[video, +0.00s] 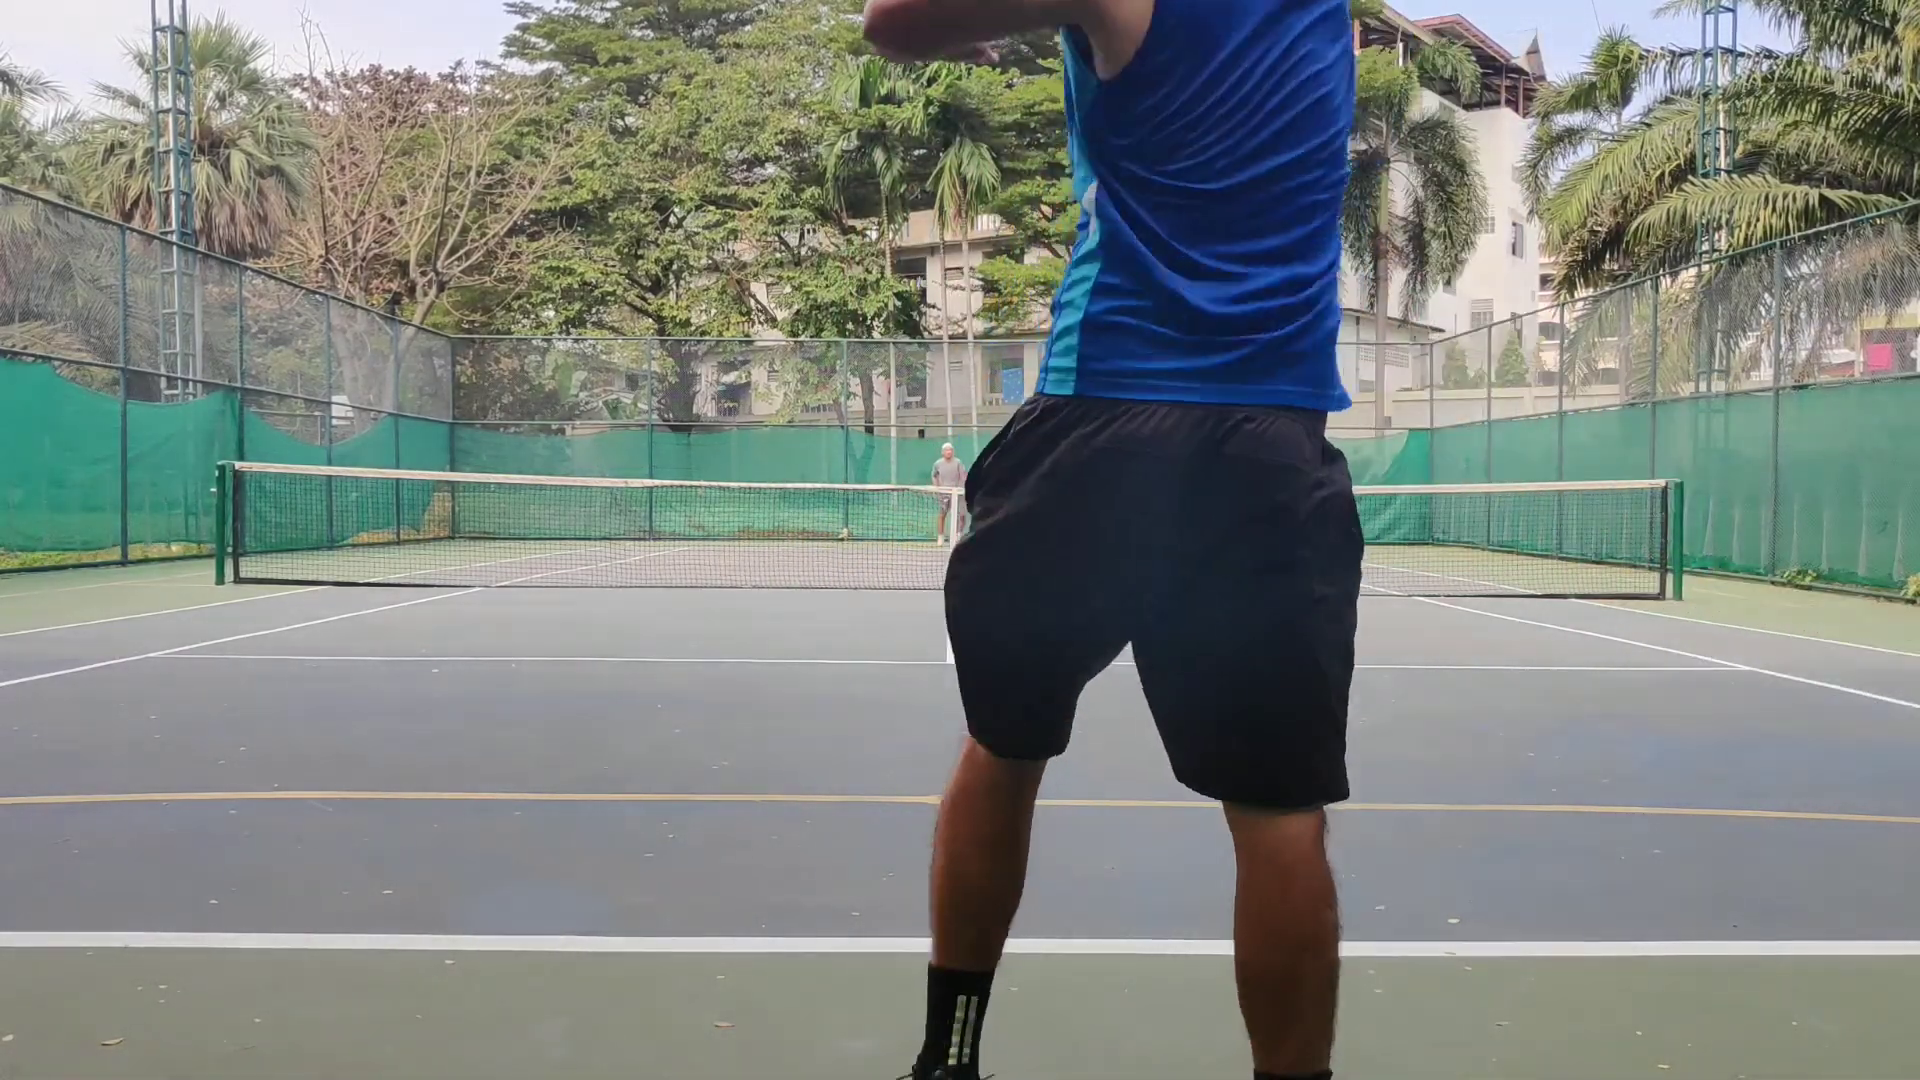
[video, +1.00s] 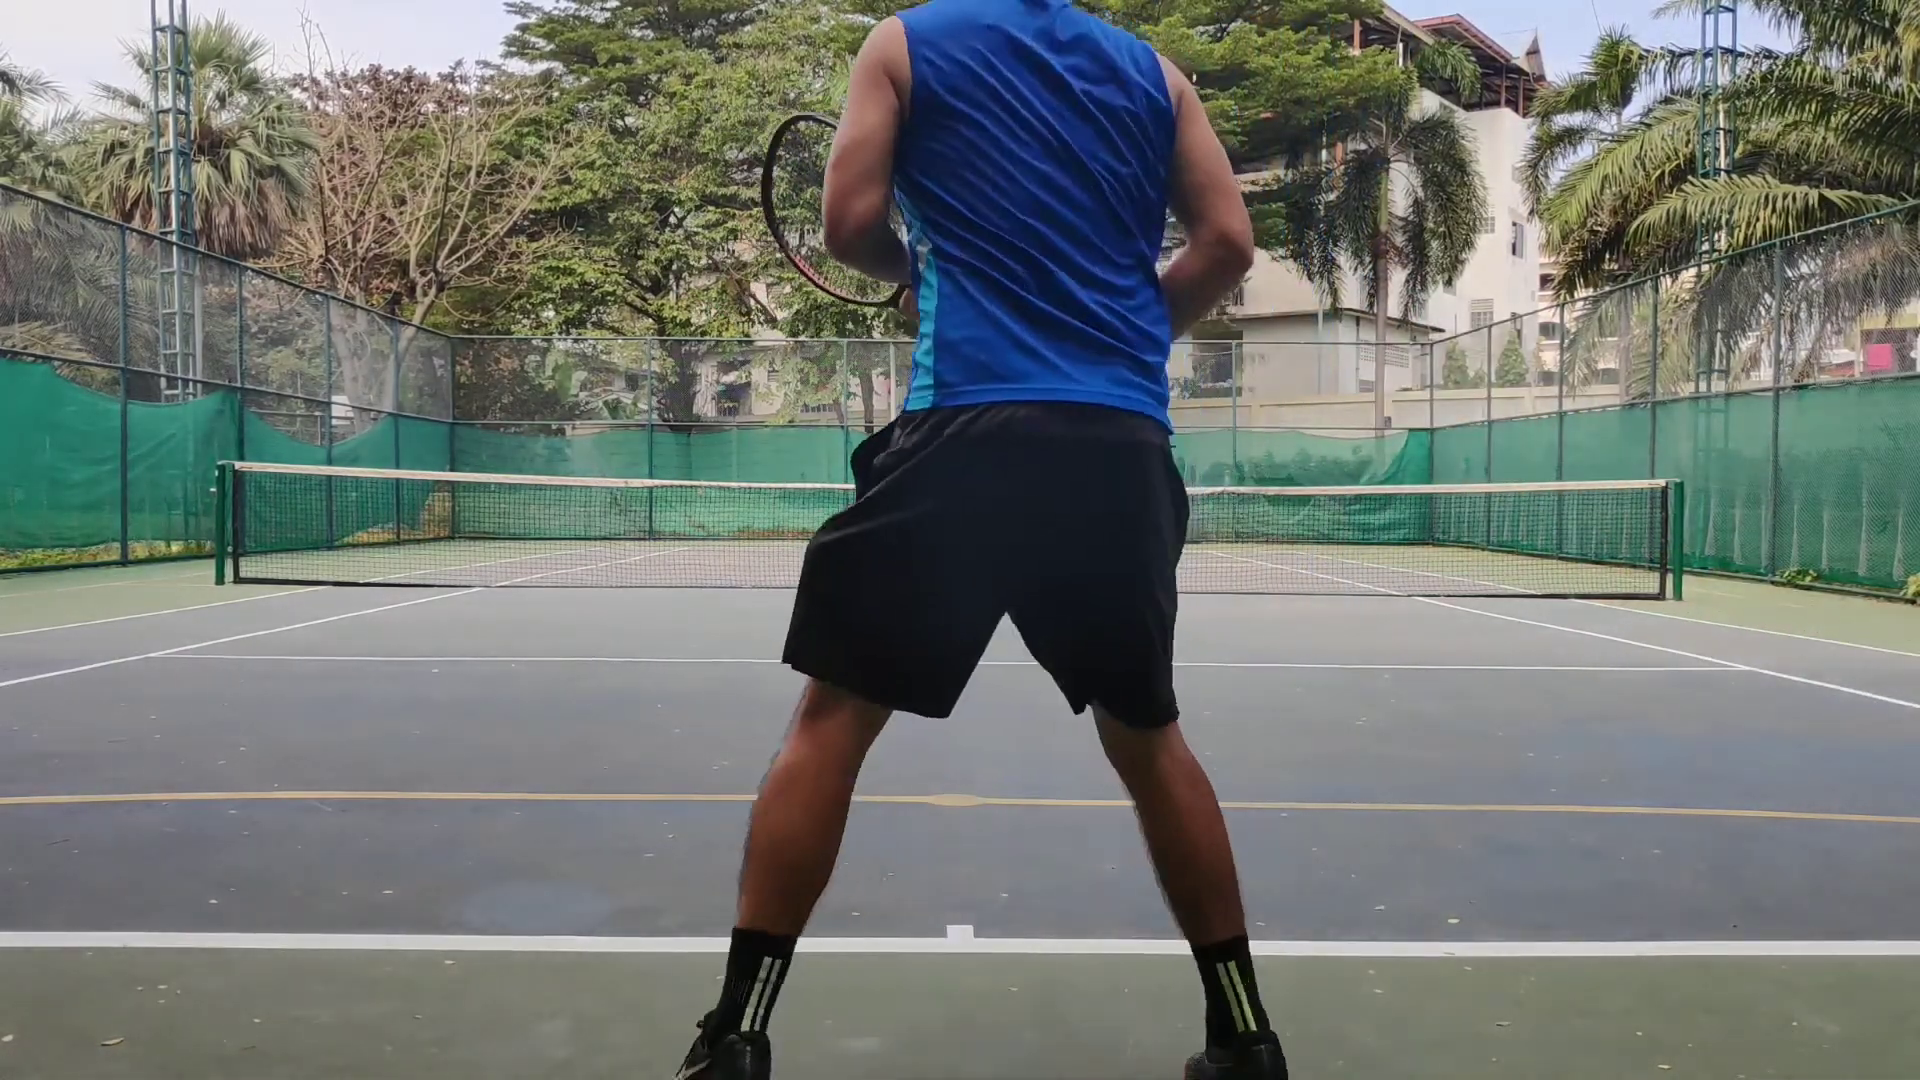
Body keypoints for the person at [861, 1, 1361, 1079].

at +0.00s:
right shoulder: (1328, 12)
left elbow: (893, 25)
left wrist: (1038, 11)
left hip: (1090, 444)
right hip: (1273, 457)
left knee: (1003, 745)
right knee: (1281, 820)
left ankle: (948, 1051)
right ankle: (1295, 1077)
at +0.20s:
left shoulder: (1053, 8)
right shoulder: (1166, 36)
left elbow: (1114, 133)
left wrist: (902, 145)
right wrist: (970, 137)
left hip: (1044, 479)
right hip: (1201, 478)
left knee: (956, 806)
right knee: (1236, 814)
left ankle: (958, 1071)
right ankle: (1306, 1075)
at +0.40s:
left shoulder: (1027, 32)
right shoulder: (1012, 79)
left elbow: (1145, 179)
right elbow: (891, 199)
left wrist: (945, 284)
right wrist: (787, 197)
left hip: (1007, 492)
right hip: (1136, 495)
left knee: (925, 815)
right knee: (1160, 789)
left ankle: (955, 1079)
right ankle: (1317, 1057)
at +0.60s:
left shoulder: (991, 13)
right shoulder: (1105, 53)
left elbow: (1061, 166)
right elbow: (1116, 274)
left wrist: (907, 284)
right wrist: (973, 370)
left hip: (1026, 461)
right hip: (1152, 464)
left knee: (931, 785)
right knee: (1132, 762)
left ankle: (953, 1071)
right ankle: (1183, 1042)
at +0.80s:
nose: (956, 22)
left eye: (957, 16)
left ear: (974, 6)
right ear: (1069, 6)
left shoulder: (972, 61)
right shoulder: (1158, 109)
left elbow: (931, 230)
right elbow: (1233, 294)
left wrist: (909, 302)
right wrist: (1127, 358)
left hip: (1022, 476)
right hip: (1157, 487)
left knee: (860, 730)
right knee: (1117, 759)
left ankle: (921, 1036)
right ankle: (1185, 1041)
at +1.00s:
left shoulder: (907, 40)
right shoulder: (1154, 70)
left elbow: (848, 225)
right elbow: (1228, 239)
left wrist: (917, 266)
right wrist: (1139, 317)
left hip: (959, 452)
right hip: (1118, 460)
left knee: (829, 726)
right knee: (1151, 738)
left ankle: (738, 1031)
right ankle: (1243, 1028)